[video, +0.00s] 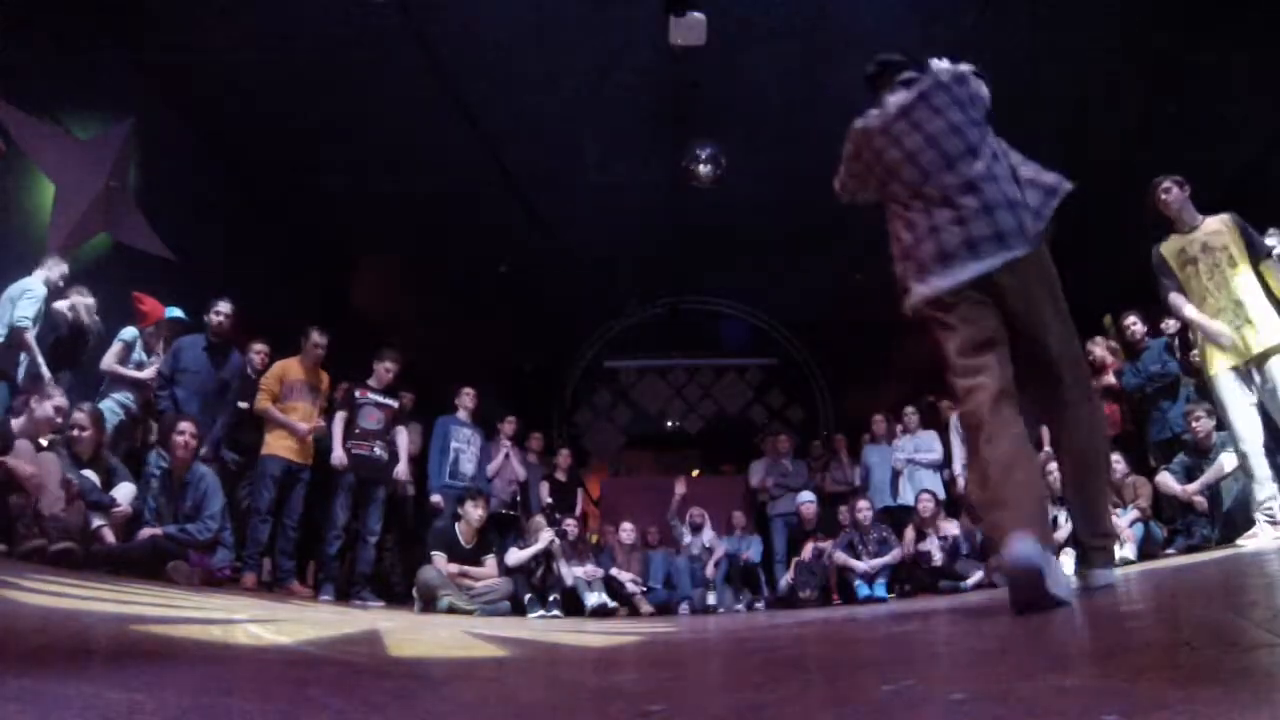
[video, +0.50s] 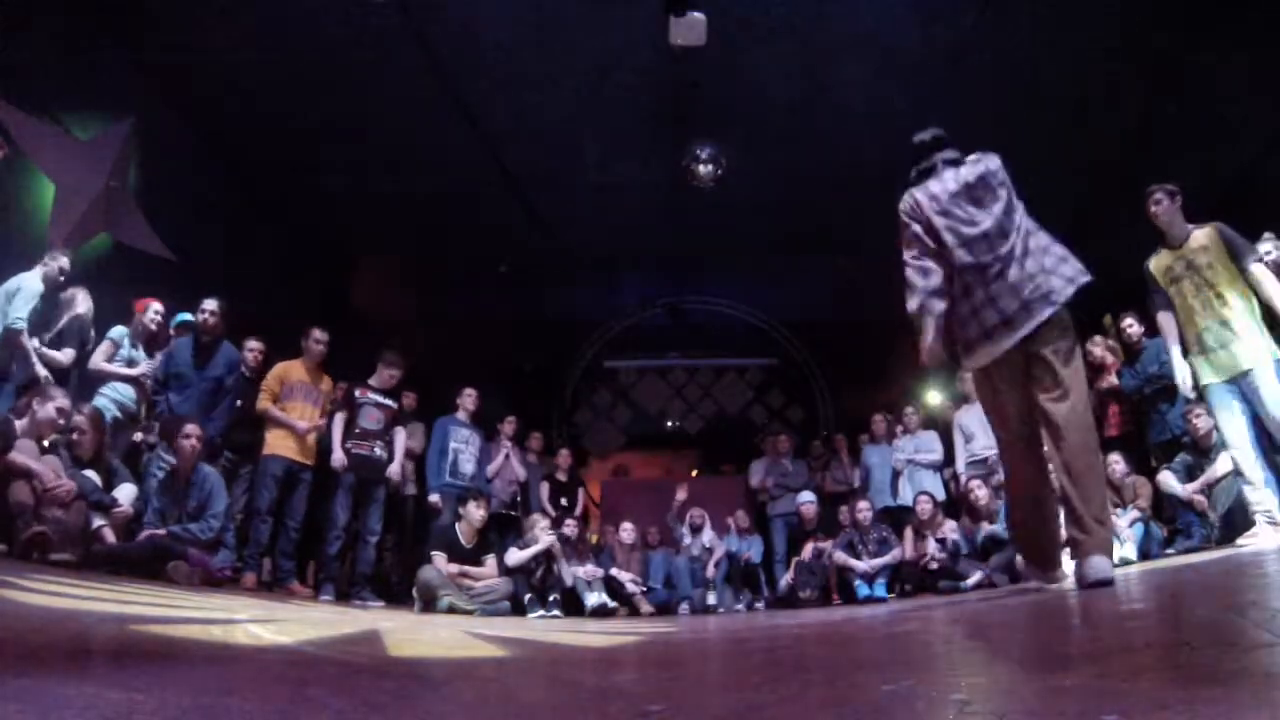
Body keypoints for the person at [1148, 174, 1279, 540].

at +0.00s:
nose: (1164, 197)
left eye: (1168, 190)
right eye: (1158, 196)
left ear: (1186, 191)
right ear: (1159, 209)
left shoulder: (1230, 223)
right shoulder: (1164, 251)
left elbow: (1268, 263)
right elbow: (1175, 300)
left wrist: (1277, 303)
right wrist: (1210, 326)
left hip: (1263, 333)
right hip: (1218, 350)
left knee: (1278, 419)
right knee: (1247, 436)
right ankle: (1268, 517)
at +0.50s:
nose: (1153, 209)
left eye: (1158, 202)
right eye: (1150, 206)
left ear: (1177, 202)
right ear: (1150, 216)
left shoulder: (1215, 234)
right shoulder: (1156, 265)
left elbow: (1259, 275)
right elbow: (1165, 314)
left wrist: (1279, 311)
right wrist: (1177, 360)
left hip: (1250, 347)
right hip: (1208, 364)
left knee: (1276, 423)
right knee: (1238, 445)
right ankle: (1266, 516)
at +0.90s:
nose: (1143, 227)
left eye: (1146, 219)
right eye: (1137, 228)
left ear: (1161, 219)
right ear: (1139, 241)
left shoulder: (1195, 238)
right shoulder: (1163, 281)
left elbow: (1203, 291)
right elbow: (1187, 333)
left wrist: (1176, 339)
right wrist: (1181, 386)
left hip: (1237, 358)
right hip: (1206, 374)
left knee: (1269, 439)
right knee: (1232, 457)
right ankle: (1273, 518)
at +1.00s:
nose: (1144, 233)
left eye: (1146, 225)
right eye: (1138, 233)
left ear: (1159, 224)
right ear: (1139, 245)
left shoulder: (1193, 238)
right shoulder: (1163, 286)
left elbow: (1203, 288)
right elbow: (1187, 343)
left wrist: (1175, 337)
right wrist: (1189, 393)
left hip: (1241, 359)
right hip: (1208, 374)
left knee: (1271, 444)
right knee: (1232, 457)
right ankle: (1269, 522)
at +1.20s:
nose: (1143, 224)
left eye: (1145, 216)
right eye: (1136, 225)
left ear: (1158, 218)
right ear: (1136, 240)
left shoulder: (1191, 228)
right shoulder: (1157, 284)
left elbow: (1218, 280)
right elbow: (1179, 334)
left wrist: (1215, 330)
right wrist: (1197, 388)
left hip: (1247, 336)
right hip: (1211, 359)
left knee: (1276, 416)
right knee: (1238, 440)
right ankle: (1266, 514)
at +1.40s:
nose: (1152, 216)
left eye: (1154, 209)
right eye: (1144, 216)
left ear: (1167, 210)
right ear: (1143, 230)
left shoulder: (1208, 227)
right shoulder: (1160, 276)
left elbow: (1256, 263)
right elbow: (1173, 324)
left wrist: (1277, 297)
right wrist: (1181, 370)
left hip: (1249, 334)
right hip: (1211, 355)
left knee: (1276, 414)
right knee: (1242, 437)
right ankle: (1267, 516)